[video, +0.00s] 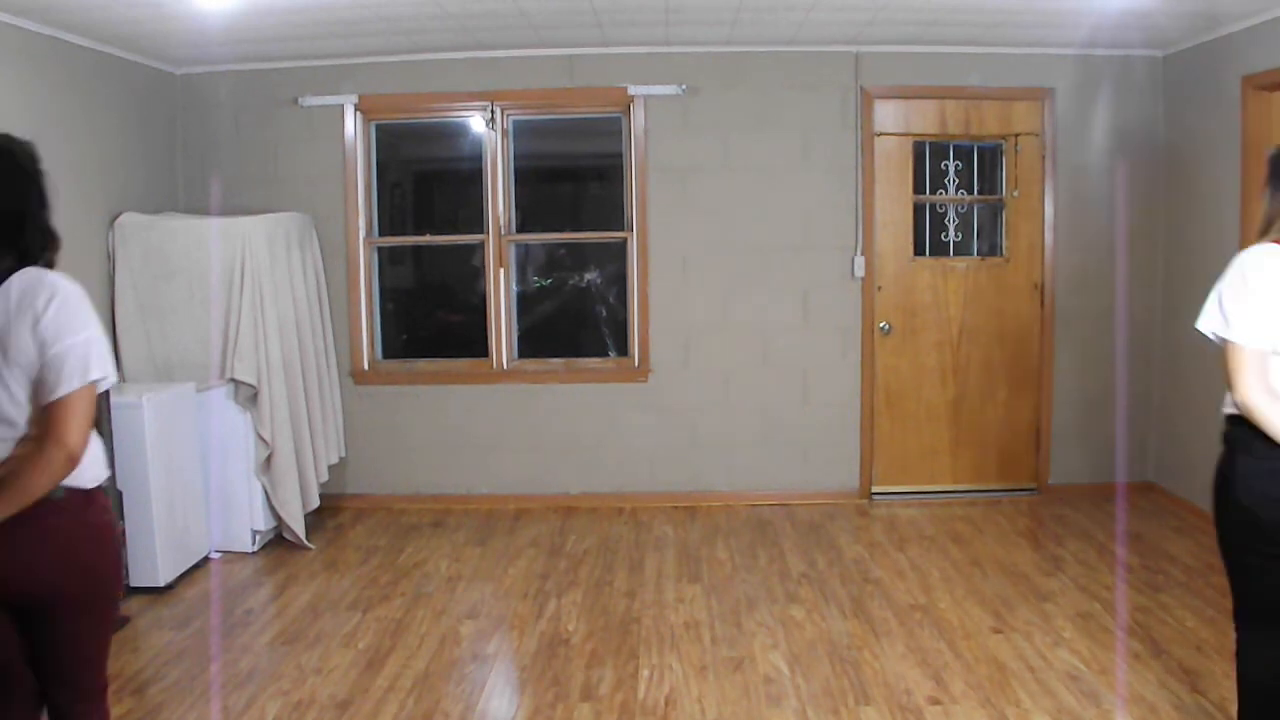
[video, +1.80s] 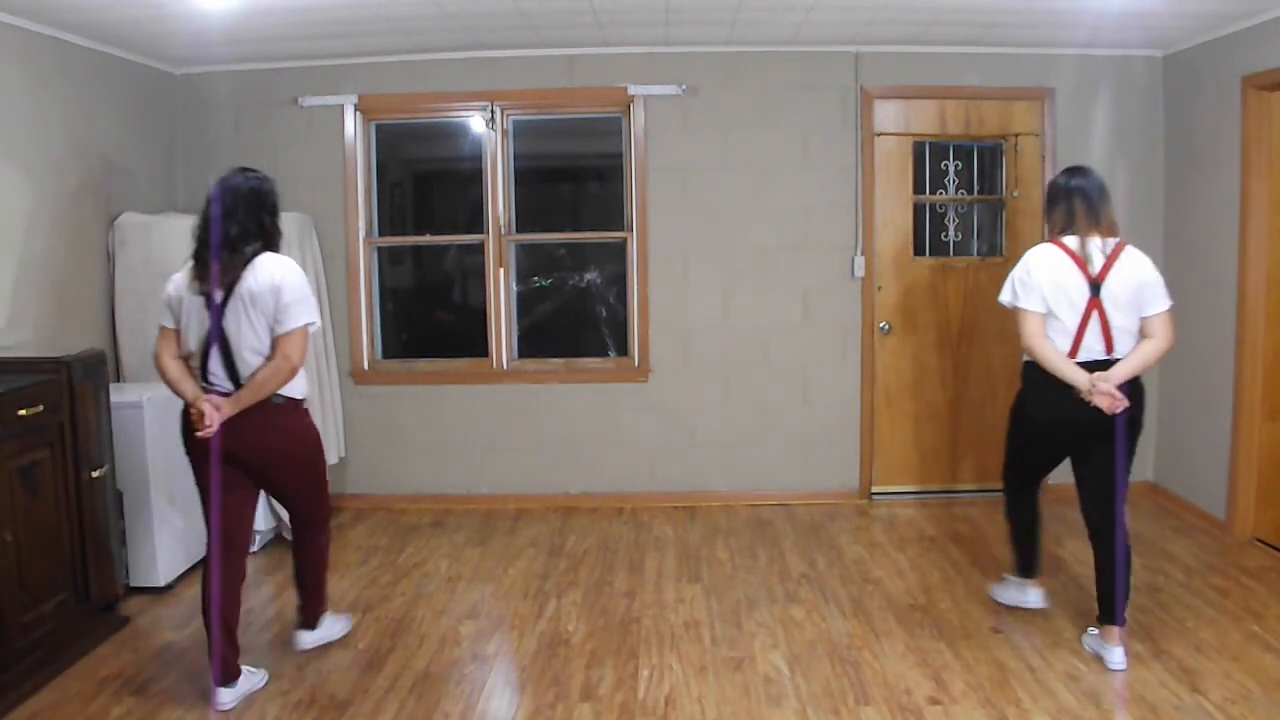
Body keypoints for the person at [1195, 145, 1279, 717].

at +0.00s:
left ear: (1269, 189)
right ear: (1276, 190)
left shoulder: (1256, 266)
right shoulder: (1256, 267)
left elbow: (1250, 389)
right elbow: (1251, 389)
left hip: (1255, 456)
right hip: (1258, 459)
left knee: (1261, 630)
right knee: (1262, 630)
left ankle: (1258, 706)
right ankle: (1257, 707)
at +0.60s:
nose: (1187, 209)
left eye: (1189, 199)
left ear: (1196, 200)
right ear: (1263, 197)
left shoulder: (1177, 270)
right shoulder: (1277, 259)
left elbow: (1179, 380)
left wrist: (1260, 428)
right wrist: (1267, 429)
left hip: (1205, 443)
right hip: (1272, 436)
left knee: (1232, 596)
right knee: (1230, 559)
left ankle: (1246, 708)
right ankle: (1215, 680)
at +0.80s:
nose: (1164, 222)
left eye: (1166, 212)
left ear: (1169, 216)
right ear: (1232, 214)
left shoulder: (1146, 281)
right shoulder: (1269, 279)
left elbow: (1149, 382)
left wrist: (1230, 430)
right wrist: (1256, 422)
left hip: (1172, 450)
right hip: (1255, 450)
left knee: (1216, 602)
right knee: (1180, 548)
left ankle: (1244, 714)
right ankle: (1133, 635)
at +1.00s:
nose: (1138, 216)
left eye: (1141, 206)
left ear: (1144, 209)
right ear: (1202, 209)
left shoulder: (1120, 268)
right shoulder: (1233, 274)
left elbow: (1107, 362)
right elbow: (1258, 364)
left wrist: (1169, 409)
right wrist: (1200, 408)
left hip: (1132, 423)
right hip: (1204, 423)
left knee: (1141, 553)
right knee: (1147, 539)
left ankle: (1201, 675)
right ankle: (1116, 639)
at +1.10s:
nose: (1123, 207)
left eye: (1126, 198)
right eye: (1126, 199)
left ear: (1133, 202)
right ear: (1189, 200)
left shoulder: (1109, 260)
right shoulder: (1219, 265)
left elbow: (1099, 353)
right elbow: (1242, 353)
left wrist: (1163, 397)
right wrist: (1188, 392)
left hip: (1120, 415)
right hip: (1190, 417)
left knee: (1100, 531)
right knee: (1145, 526)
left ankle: (1159, 635)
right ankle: (1115, 640)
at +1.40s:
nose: (1099, 205)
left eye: (1100, 196)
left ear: (1101, 197)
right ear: (1154, 195)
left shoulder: (1083, 254)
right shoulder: (1187, 257)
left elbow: (1075, 341)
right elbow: (1207, 339)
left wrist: (1129, 388)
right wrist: (1156, 385)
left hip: (1092, 398)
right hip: (1161, 401)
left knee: (1057, 487)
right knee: (1133, 519)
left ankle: (1077, 590)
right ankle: (1117, 637)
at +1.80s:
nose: (1050, 212)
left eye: (1052, 204)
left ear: (1053, 208)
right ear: (1104, 205)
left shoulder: (1038, 261)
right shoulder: (1136, 261)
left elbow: (1033, 342)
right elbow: (1161, 337)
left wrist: (1087, 383)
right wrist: (1111, 378)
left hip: (1051, 398)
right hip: (1116, 399)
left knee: (1021, 480)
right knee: (1108, 517)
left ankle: (1026, 581)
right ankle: (1113, 635)